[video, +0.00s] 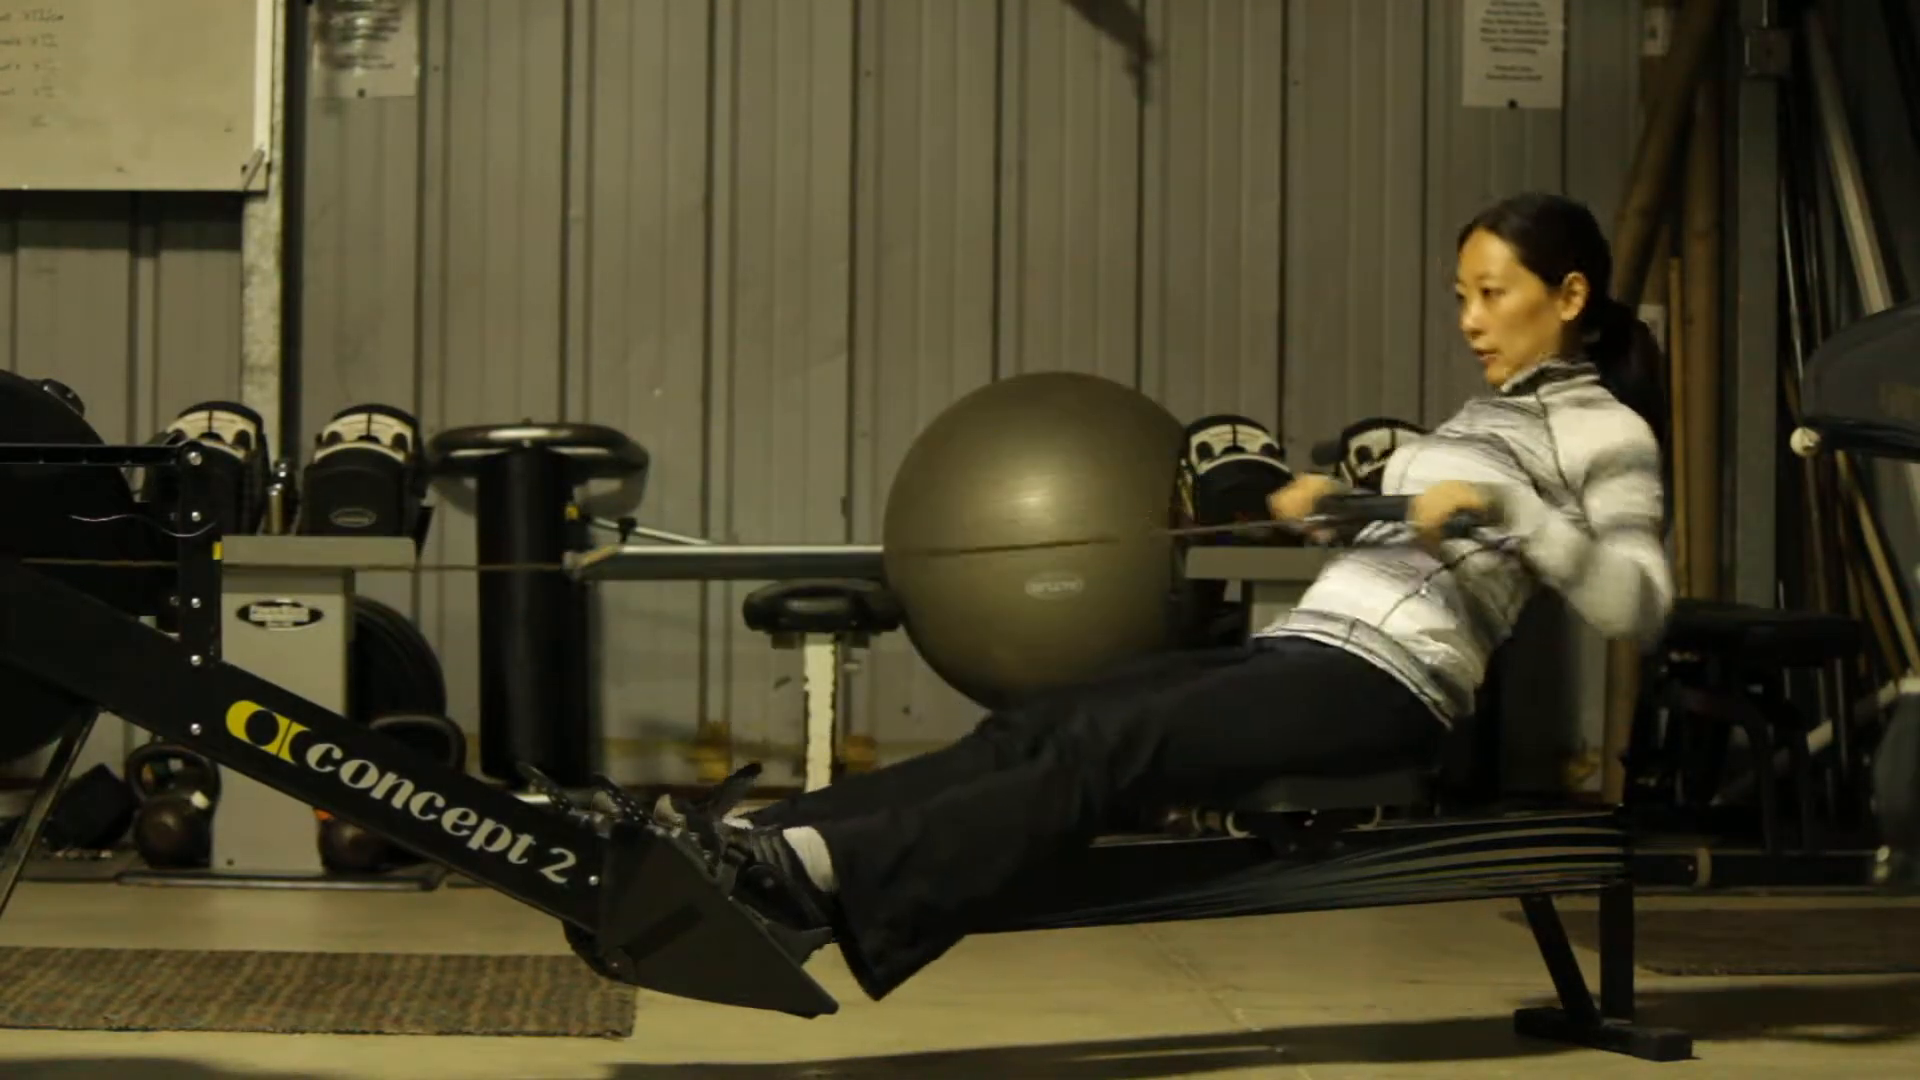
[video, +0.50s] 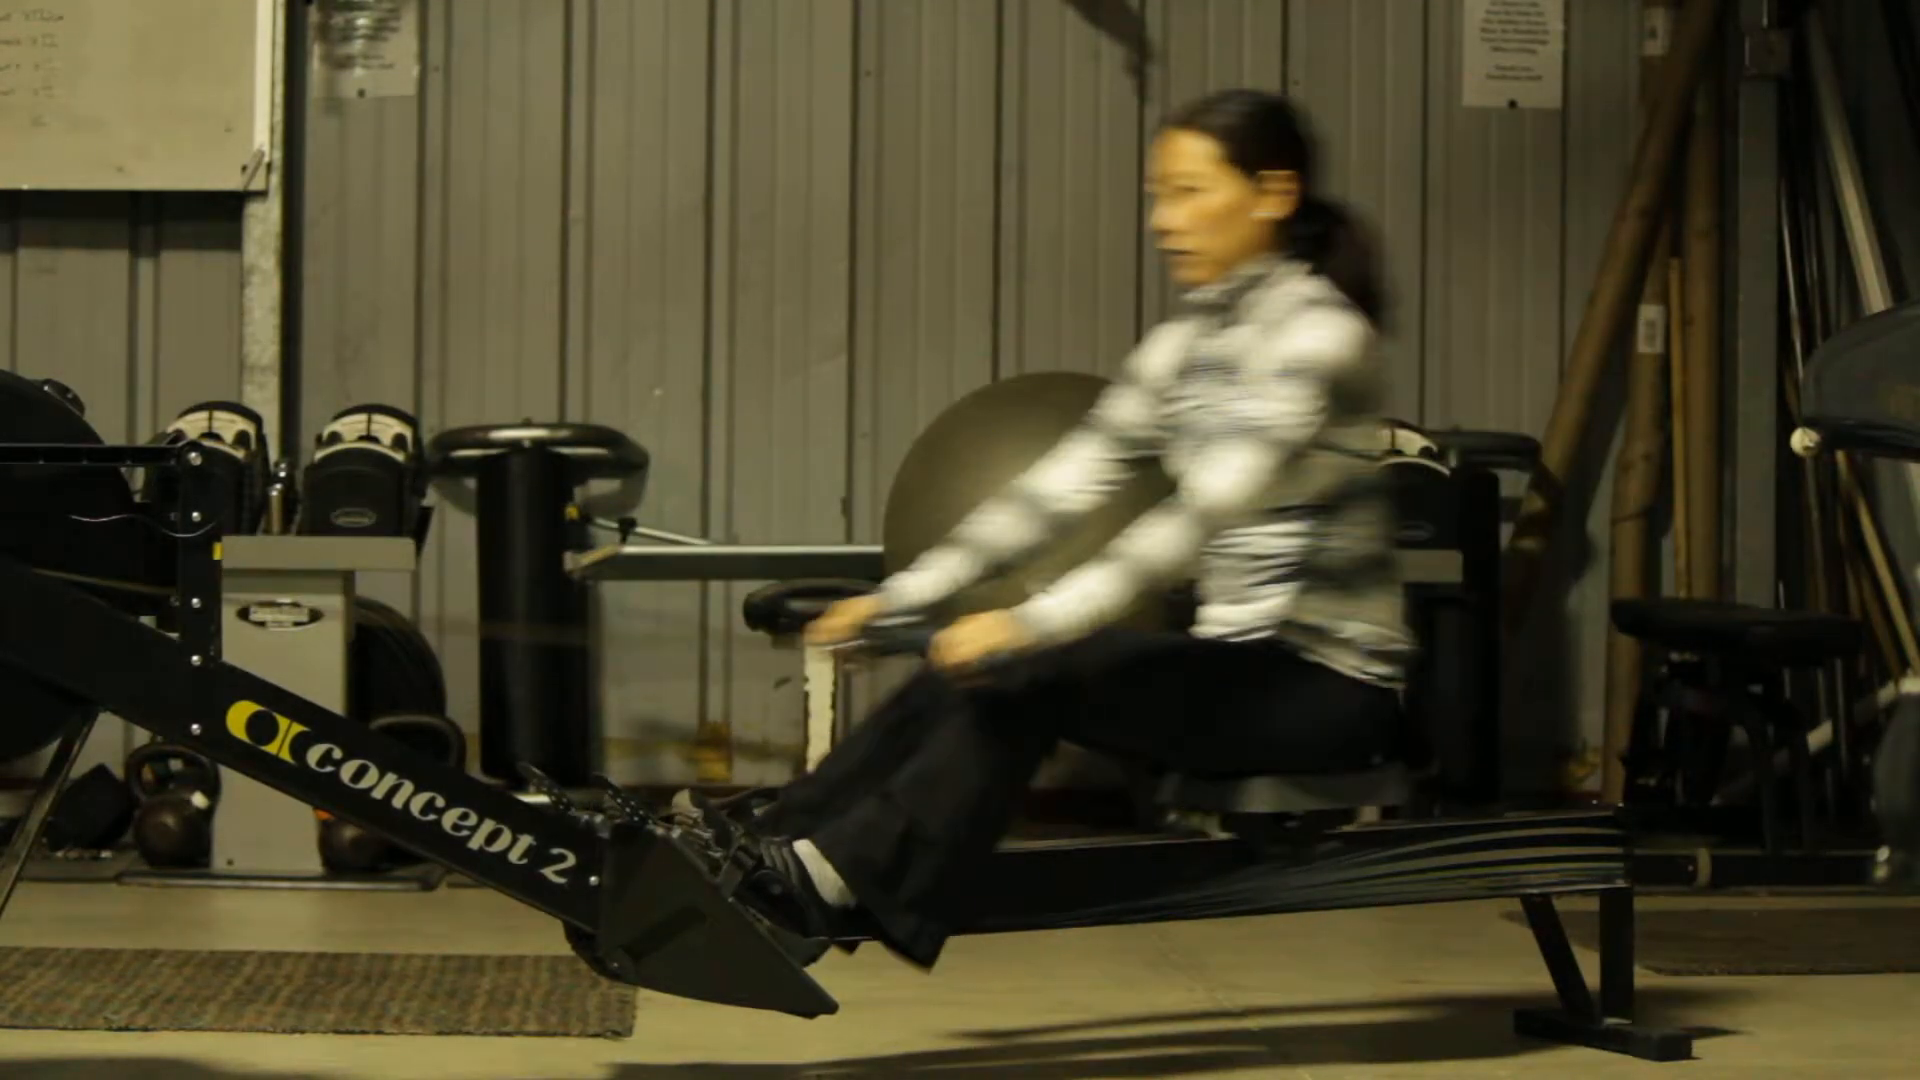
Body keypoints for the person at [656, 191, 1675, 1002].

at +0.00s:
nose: (1470, 319)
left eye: (1490, 295)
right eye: (1463, 297)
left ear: (1567, 297)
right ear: (1482, 301)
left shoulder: (1607, 429)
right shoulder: (1477, 412)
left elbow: (1636, 605)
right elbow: (1438, 532)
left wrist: (1505, 505)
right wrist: (1339, 505)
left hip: (1389, 680)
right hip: (1297, 654)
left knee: (1098, 740)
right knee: (1036, 719)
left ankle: (796, 883)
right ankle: (754, 846)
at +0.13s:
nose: (1460, 318)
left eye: (1479, 292)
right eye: (1453, 296)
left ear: (1556, 290)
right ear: (1475, 299)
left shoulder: (1603, 421)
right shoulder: (1473, 406)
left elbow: (1638, 610)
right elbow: (1434, 527)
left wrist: (1521, 511)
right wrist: (1342, 507)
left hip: (1391, 683)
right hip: (1299, 655)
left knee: (1099, 737)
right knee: (1041, 717)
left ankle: (800, 879)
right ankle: (762, 841)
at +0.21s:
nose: (1432, 300)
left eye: (1450, 276)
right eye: (1426, 278)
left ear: (1528, 273)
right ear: (1456, 279)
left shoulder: (1575, 399)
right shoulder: (1444, 399)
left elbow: (1603, 589)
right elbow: (1395, 535)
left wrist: (1446, 519)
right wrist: (1281, 515)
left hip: (1390, 680)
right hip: (1305, 656)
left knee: (1096, 740)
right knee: (1040, 720)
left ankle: (807, 882)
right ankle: (770, 847)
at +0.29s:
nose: (1380, 275)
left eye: (1397, 252)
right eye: (1372, 253)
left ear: (1480, 242)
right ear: (1385, 252)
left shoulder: (1529, 372)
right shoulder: (1401, 365)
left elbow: (1526, 558)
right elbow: (1339, 524)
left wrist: (1337, 534)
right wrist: (1192, 529)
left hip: (1394, 681)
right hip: (1305, 657)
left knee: (1106, 738)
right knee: (1041, 720)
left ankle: (818, 887)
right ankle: (754, 848)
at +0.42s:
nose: (1258, 229)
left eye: (1282, 202)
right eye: (1254, 203)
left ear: (1365, 204)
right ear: (1255, 208)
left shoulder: (1411, 334)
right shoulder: (1275, 342)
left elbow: (1335, 524)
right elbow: (1175, 492)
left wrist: (1151, 595)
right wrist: (1009, 577)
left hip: (1363, 668)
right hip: (1258, 649)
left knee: (1076, 707)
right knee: (1023, 682)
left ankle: (833, 895)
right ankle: (785, 852)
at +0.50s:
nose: (1164, 220)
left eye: (1189, 193)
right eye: (1160, 196)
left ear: (1275, 196)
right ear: (1156, 197)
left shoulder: (1321, 334)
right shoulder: (1182, 341)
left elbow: (1198, 518)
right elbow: (1061, 487)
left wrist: (1032, 622)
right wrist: (892, 600)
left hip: (1332, 681)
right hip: (1230, 659)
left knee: (1022, 686)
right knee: (966, 663)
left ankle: (827, 884)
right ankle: (766, 849)